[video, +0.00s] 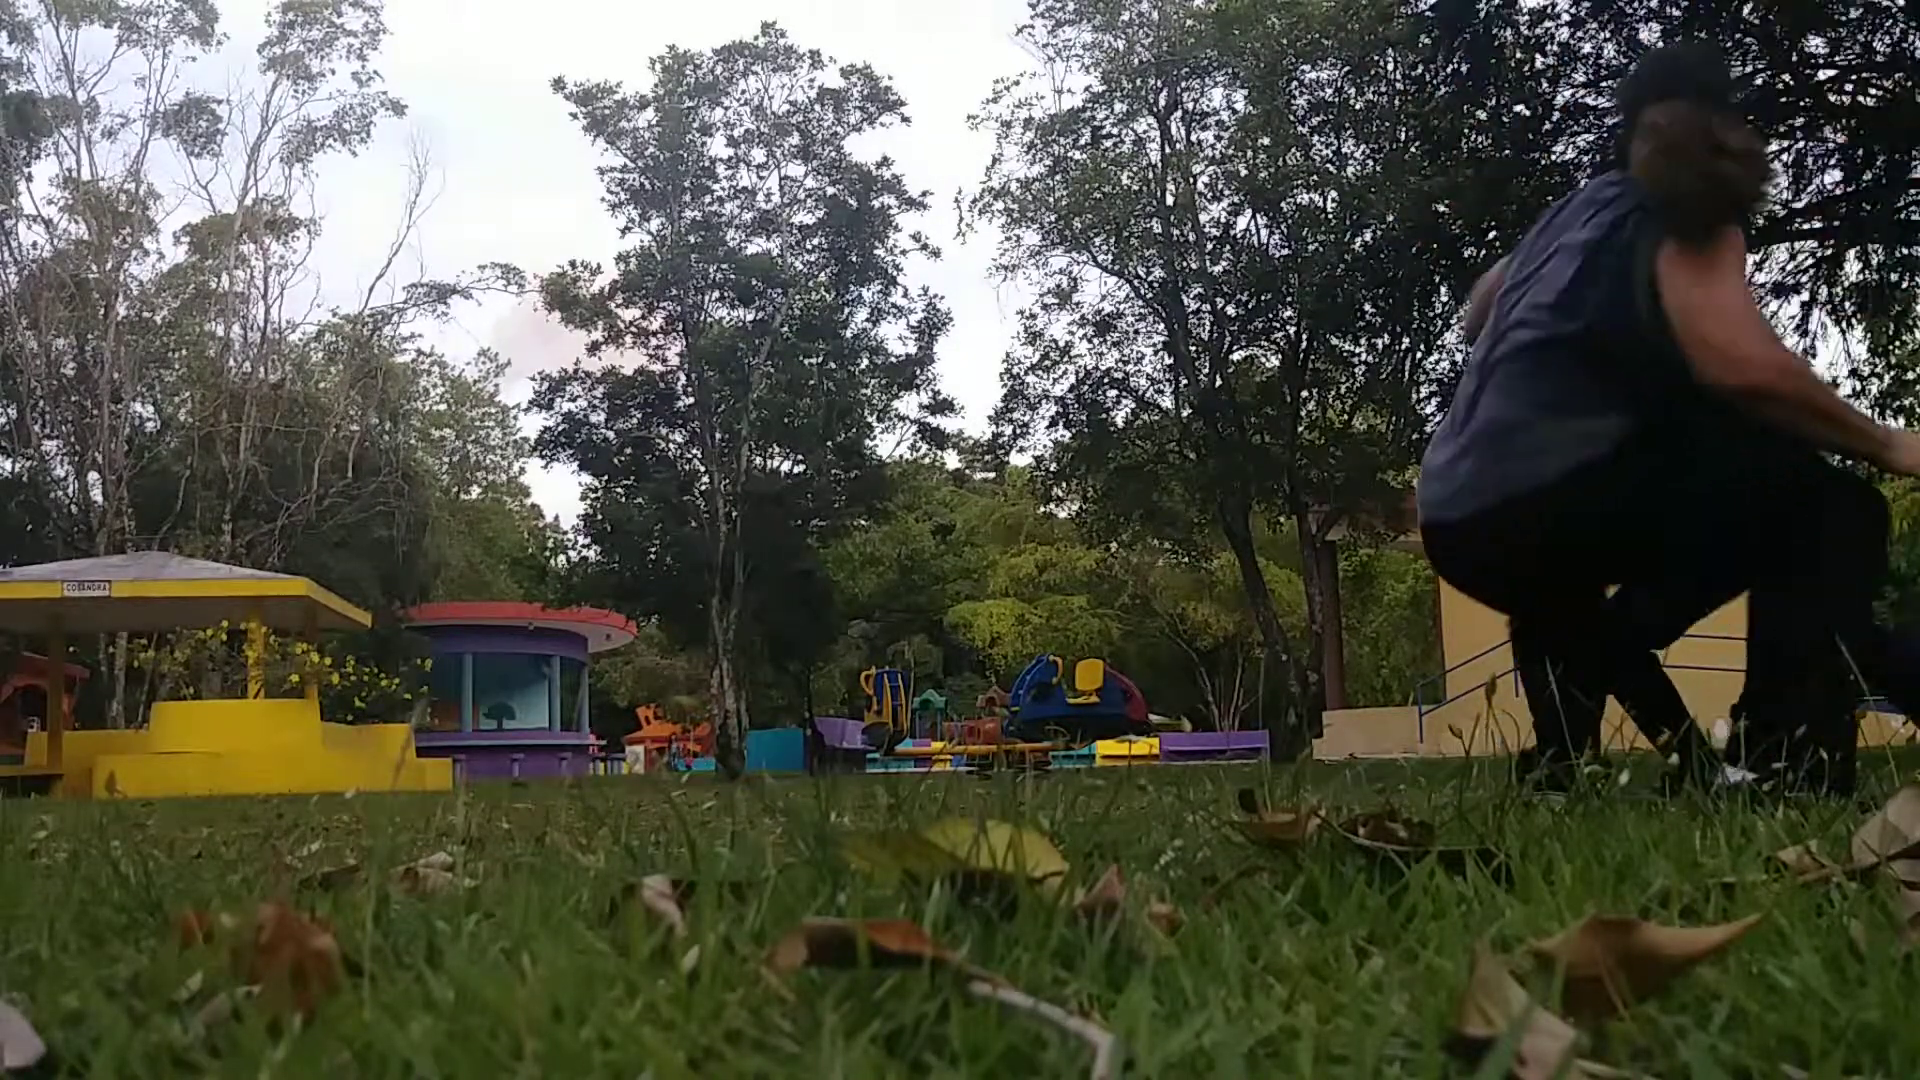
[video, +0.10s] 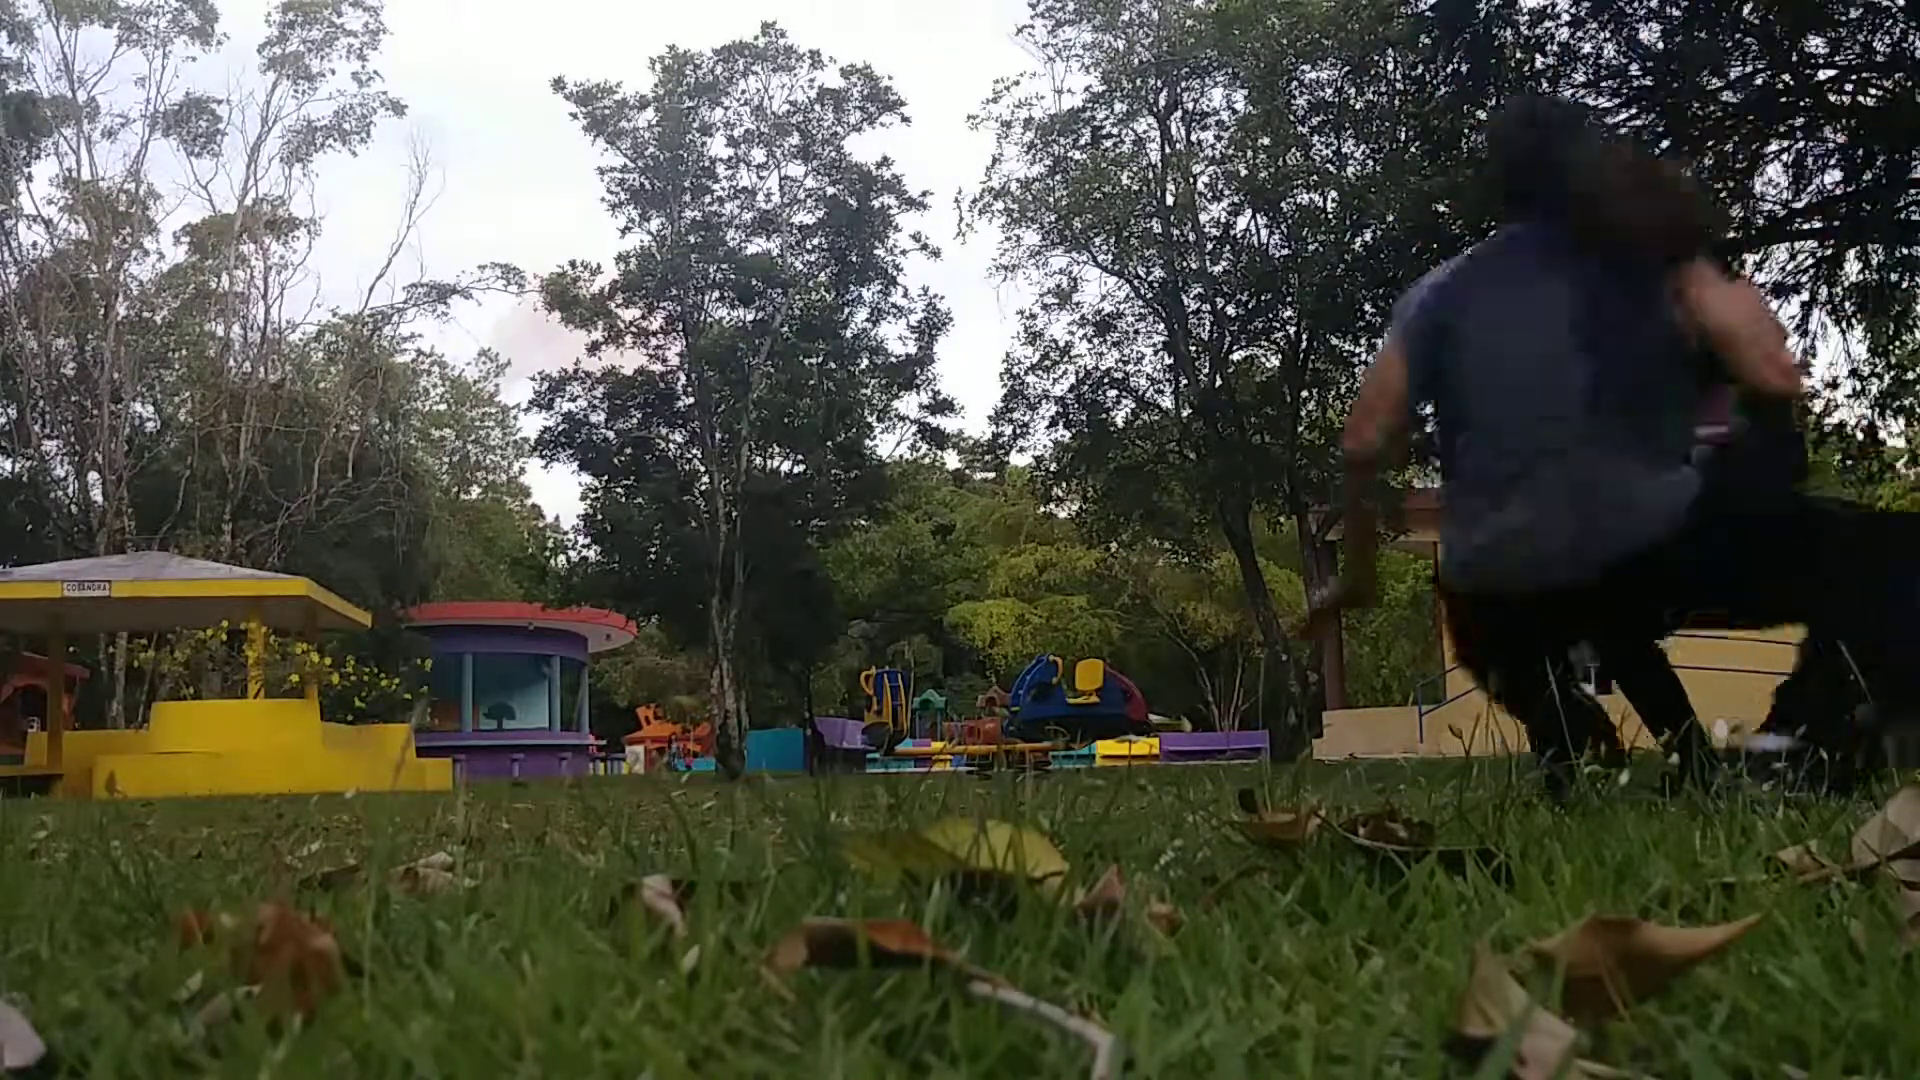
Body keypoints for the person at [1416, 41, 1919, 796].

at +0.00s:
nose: (1750, 143)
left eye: (1747, 126)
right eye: (1738, 124)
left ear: (1627, 128)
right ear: (1710, 127)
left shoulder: (1566, 218)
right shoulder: (1685, 200)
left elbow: (1480, 312)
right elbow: (1739, 362)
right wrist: (1885, 442)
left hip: (1456, 521)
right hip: (1565, 493)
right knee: (1836, 509)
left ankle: (1560, 767)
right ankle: (1789, 761)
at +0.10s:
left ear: (1496, 184)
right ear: (1593, 170)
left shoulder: (1444, 293)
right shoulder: (1657, 256)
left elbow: (1363, 440)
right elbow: (1774, 370)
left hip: (1502, 580)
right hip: (1651, 550)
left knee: (1488, 628)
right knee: (1881, 555)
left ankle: (1574, 745)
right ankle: (1796, 746)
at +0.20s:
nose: (1512, 208)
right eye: (1498, 197)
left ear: (1389, 246)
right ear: (1488, 218)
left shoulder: (1358, 359)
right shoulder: (1560, 300)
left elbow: (1315, 531)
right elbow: (1682, 382)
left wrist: (1265, 688)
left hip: (1544, 610)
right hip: (1691, 557)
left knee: (1416, 673)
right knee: (1872, 608)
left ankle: (1622, 755)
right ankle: (1899, 677)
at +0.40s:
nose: (1231, 407)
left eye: (1228, 391)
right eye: (1228, 389)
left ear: (1244, 390)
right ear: (1303, 350)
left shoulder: (1296, 455)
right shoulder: (1390, 401)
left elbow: (1340, 624)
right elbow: (1501, 450)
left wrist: (1321, 787)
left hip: (1521, 648)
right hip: (1599, 595)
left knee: (1376, 781)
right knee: (1618, 672)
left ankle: (1591, 770)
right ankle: (1755, 729)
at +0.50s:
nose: (1200, 445)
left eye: (1195, 429)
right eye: (1194, 429)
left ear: (1212, 425)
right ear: (1262, 387)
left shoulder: (1288, 472)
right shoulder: (1342, 431)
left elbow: (1345, 633)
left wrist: (1321, 796)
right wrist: (1305, 630)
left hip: (1523, 647)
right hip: (1564, 619)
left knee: (1374, 784)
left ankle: (1589, 754)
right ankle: (1592, 747)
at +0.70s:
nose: (1193, 432)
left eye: (1194, 411)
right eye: (1188, 414)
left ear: (1232, 400)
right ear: (1253, 387)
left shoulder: (1336, 455)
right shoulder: (1309, 442)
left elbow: (1366, 630)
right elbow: (1286, 479)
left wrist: (1321, 793)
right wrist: (1215, 521)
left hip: (1494, 621)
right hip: (1420, 594)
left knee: (1378, 787)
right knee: (1229, 581)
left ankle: (1574, 733)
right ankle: (1088, 741)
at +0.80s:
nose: (1192, 375)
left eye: (1203, 351)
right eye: (1187, 358)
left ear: (1267, 336)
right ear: (1264, 343)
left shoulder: (1357, 410)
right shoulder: (1277, 410)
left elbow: (1374, 583)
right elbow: (1226, 447)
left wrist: (1283, 719)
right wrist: (1154, 481)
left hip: (1445, 601)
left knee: (1372, 777)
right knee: (1191, 556)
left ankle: (1509, 750)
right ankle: (1153, 741)